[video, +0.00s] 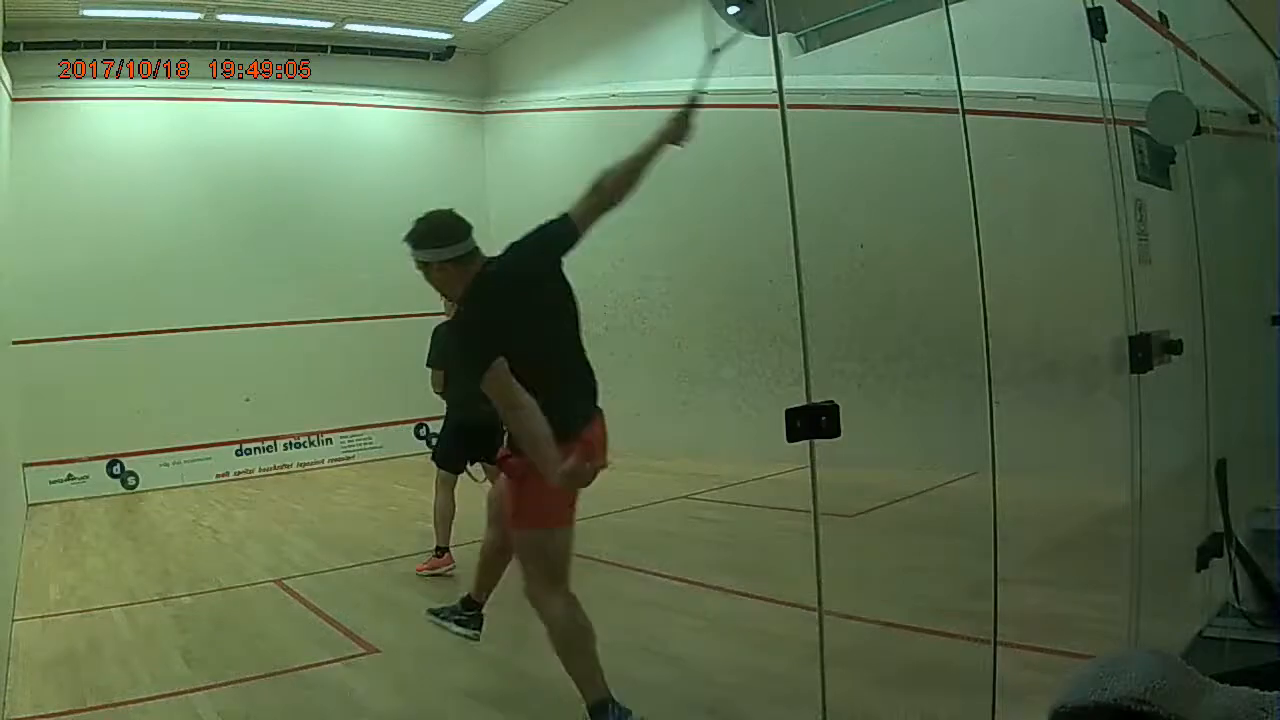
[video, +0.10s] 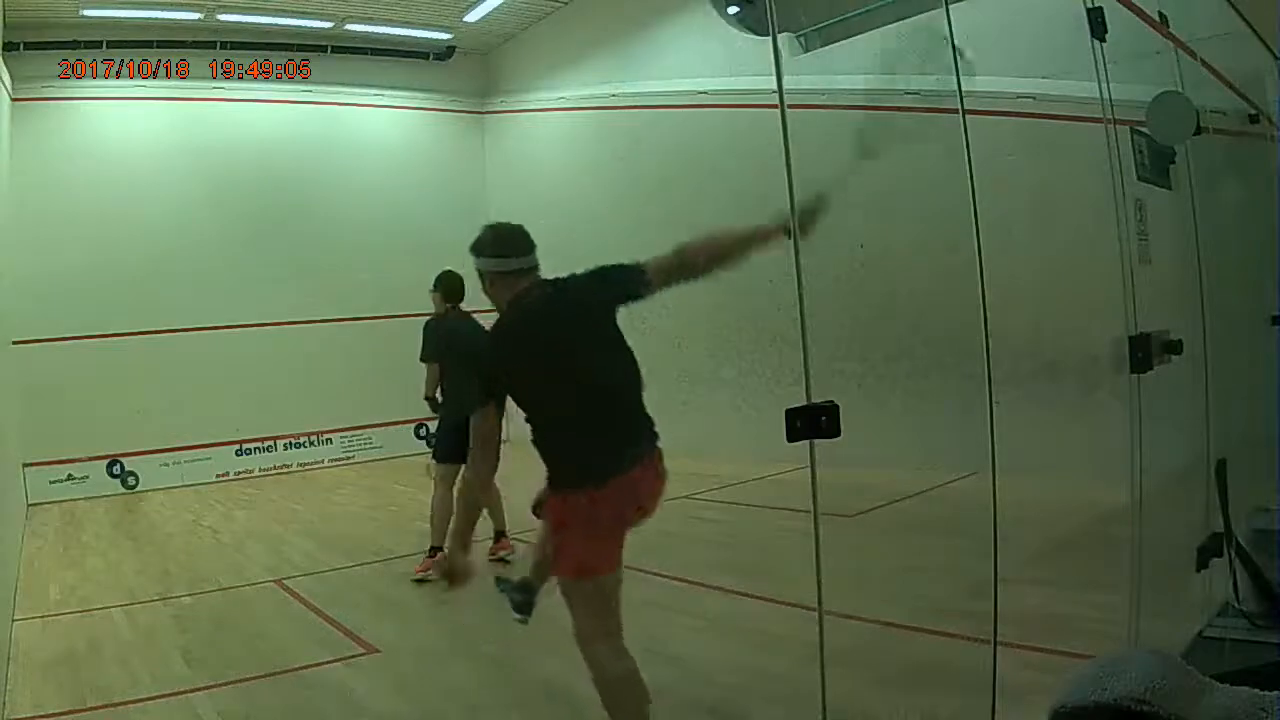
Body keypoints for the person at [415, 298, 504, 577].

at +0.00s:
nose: (444, 304)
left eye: (445, 301)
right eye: (447, 299)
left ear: (448, 305)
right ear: (470, 305)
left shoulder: (443, 332)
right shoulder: (489, 327)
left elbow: (438, 383)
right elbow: (504, 372)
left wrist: (460, 397)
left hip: (460, 417)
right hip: (493, 415)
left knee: (445, 484)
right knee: (497, 477)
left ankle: (442, 552)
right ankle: (519, 537)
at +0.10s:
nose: (430, 297)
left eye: (432, 293)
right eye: (432, 292)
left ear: (440, 296)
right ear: (460, 296)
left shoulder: (435, 327)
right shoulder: (477, 327)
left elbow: (434, 370)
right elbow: (491, 367)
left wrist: (429, 397)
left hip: (454, 411)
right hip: (486, 411)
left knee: (444, 480)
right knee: (483, 476)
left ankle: (437, 552)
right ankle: (501, 537)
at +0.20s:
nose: (422, 306)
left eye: (424, 302)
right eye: (425, 302)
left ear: (429, 304)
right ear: (453, 303)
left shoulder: (430, 334)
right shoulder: (469, 334)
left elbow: (431, 379)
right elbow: (484, 379)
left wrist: (422, 412)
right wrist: (484, 411)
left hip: (451, 419)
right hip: (481, 417)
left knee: (437, 485)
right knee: (476, 481)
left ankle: (436, 560)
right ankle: (498, 542)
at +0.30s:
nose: (416, 333)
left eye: (416, 329)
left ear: (417, 332)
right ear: (443, 331)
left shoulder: (418, 363)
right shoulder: (460, 359)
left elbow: (428, 405)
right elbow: (477, 401)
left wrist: (416, 439)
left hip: (454, 441)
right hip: (487, 437)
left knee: (427, 509)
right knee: (469, 486)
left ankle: (434, 575)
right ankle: (499, 545)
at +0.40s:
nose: (418, 350)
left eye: (417, 346)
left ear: (417, 348)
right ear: (443, 345)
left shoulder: (418, 378)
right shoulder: (463, 372)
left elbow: (424, 420)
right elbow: (487, 414)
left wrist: (416, 463)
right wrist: (503, 455)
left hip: (463, 454)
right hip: (495, 448)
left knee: (425, 510)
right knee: (483, 490)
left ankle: (434, 575)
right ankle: (519, 539)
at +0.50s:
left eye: (436, 348)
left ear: (434, 351)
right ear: (460, 348)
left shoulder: (431, 382)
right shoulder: (480, 377)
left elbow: (432, 417)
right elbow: (505, 419)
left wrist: (434, 464)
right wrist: (534, 459)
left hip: (474, 456)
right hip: (507, 448)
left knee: (432, 513)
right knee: (512, 485)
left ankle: (436, 574)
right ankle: (551, 531)